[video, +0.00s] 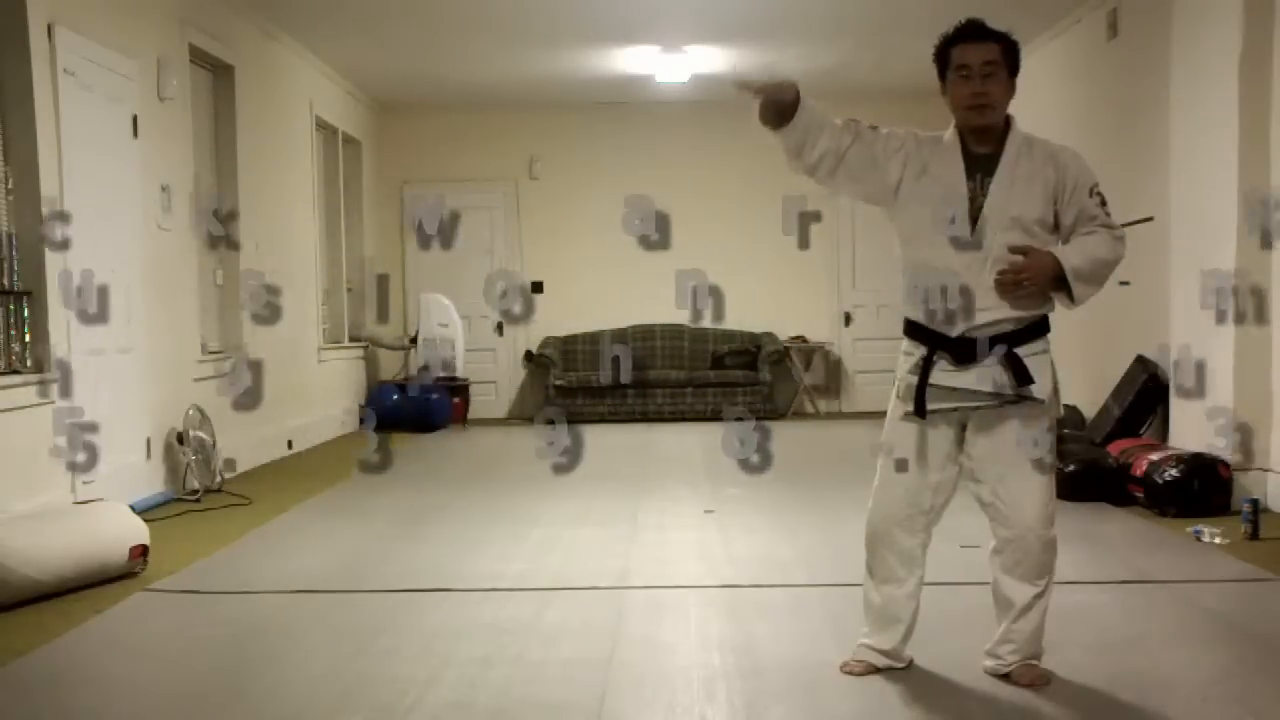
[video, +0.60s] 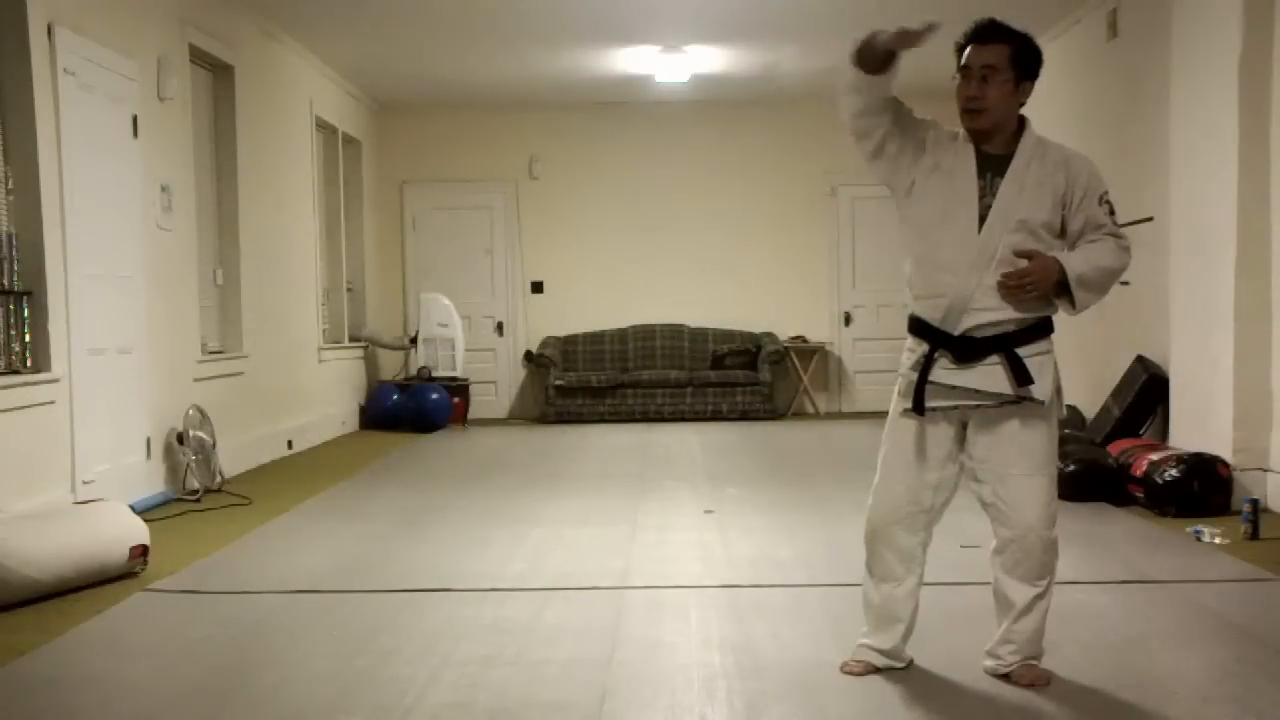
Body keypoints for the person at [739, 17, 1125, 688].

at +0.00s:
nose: (976, 84)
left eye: (990, 72)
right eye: (962, 73)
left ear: (1012, 83)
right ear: (942, 87)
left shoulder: (1058, 168)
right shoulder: (912, 157)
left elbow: (1104, 241)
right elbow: (837, 148)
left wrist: (1061, 264)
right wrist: (786, 107)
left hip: (1019, 370)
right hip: (929, 369)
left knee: (1029, 526)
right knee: (895, 516)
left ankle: (1015, 653)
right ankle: (882, 642)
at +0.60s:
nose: (970, 87)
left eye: (989, 75)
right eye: (964, 74)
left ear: (1023, 89)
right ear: (955, 84)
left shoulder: (1066, 171)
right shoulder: (922, 154)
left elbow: (1111, 249)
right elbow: (871, 116)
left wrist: (1063, 270)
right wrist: (875, 57)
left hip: (1019, 368)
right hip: (929, 365)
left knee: (1030, 525)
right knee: (894, 515)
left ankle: (1015, 653)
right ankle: (881, 641)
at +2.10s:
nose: (973, 83)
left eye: (981, 69)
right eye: (955, 73)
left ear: (997, 82)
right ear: (929, 95)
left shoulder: (1048, 162)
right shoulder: (907, 163)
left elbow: (1098, 234)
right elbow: (843, 169)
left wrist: (1057, 262)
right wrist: (800, 138)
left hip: (1021, 369)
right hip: (932, 370)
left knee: (1033, 527)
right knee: (898, 518)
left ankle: (1017, 654)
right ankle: (884, 643)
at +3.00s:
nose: (988, 89)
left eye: (1000, 75)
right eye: (971, 77)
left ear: (1016, 82)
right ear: (945, 90)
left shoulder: (1062, 161)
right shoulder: (913, 162)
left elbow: (1110, 239)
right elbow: (860, 229)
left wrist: (1065, 269)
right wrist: (831, 210)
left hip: (1030, 374)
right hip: (938, 374)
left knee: (1040, 531)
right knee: (901, 519)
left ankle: (1016, 654)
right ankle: (883, 642)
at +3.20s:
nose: (990, 101)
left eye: (1003, 87)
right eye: (975, 88)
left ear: (1024, 91)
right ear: (953, 96)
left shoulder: (1071, 162)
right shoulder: (926, 169)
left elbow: (1124, 242)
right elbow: (871, 242)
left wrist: (1044, 246)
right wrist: (902, 275)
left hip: (1034, 373)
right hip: (941, 370)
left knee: (1045, 538)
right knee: (887, 515)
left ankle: (1022, 655)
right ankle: (890, 640)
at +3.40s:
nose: (977, 108)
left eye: (991, 93)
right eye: (962, 93)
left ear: (1017, 93)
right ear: (944, 95)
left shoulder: (1063, 159)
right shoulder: (922, 160)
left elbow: (1108, 246)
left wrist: (1031, 219)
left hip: (1032, 371)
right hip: (939, 369)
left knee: (1040, 539)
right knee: (912, 529)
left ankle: (1021, 652)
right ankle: (921, 675)